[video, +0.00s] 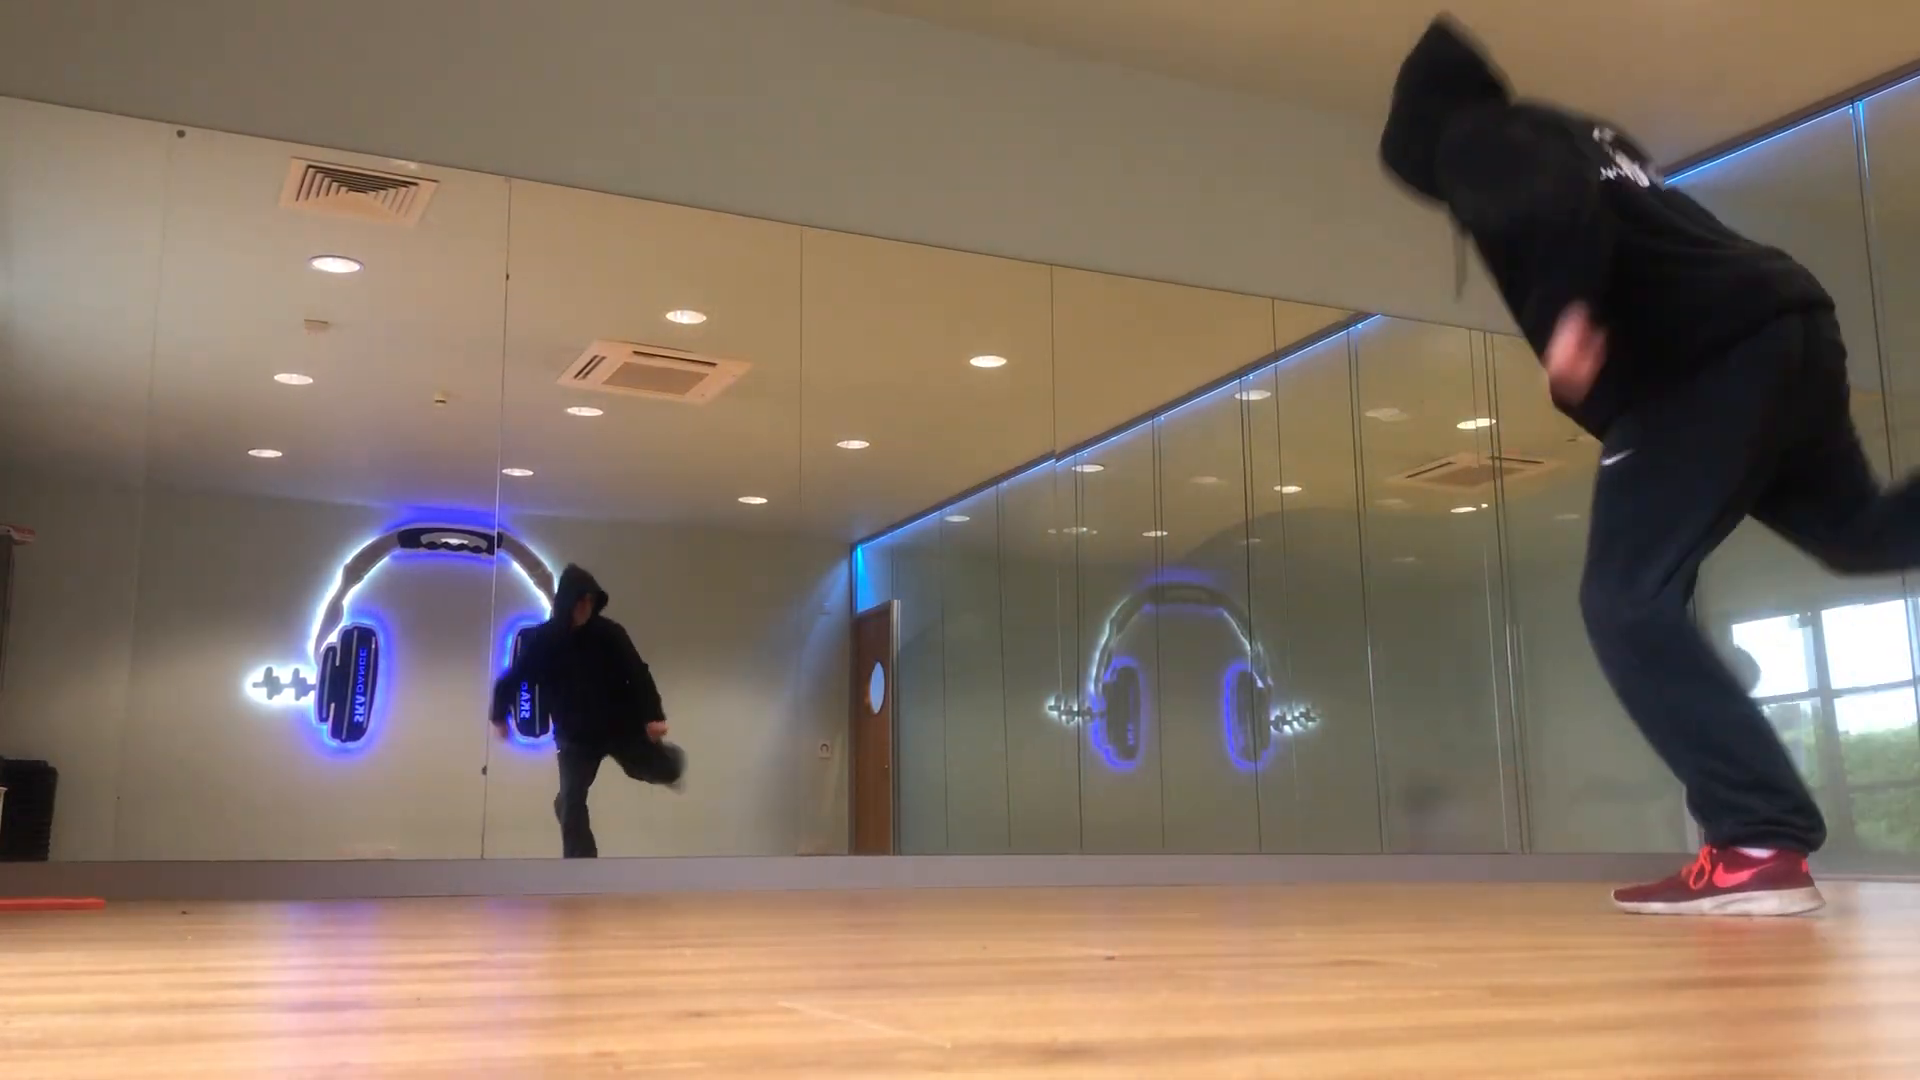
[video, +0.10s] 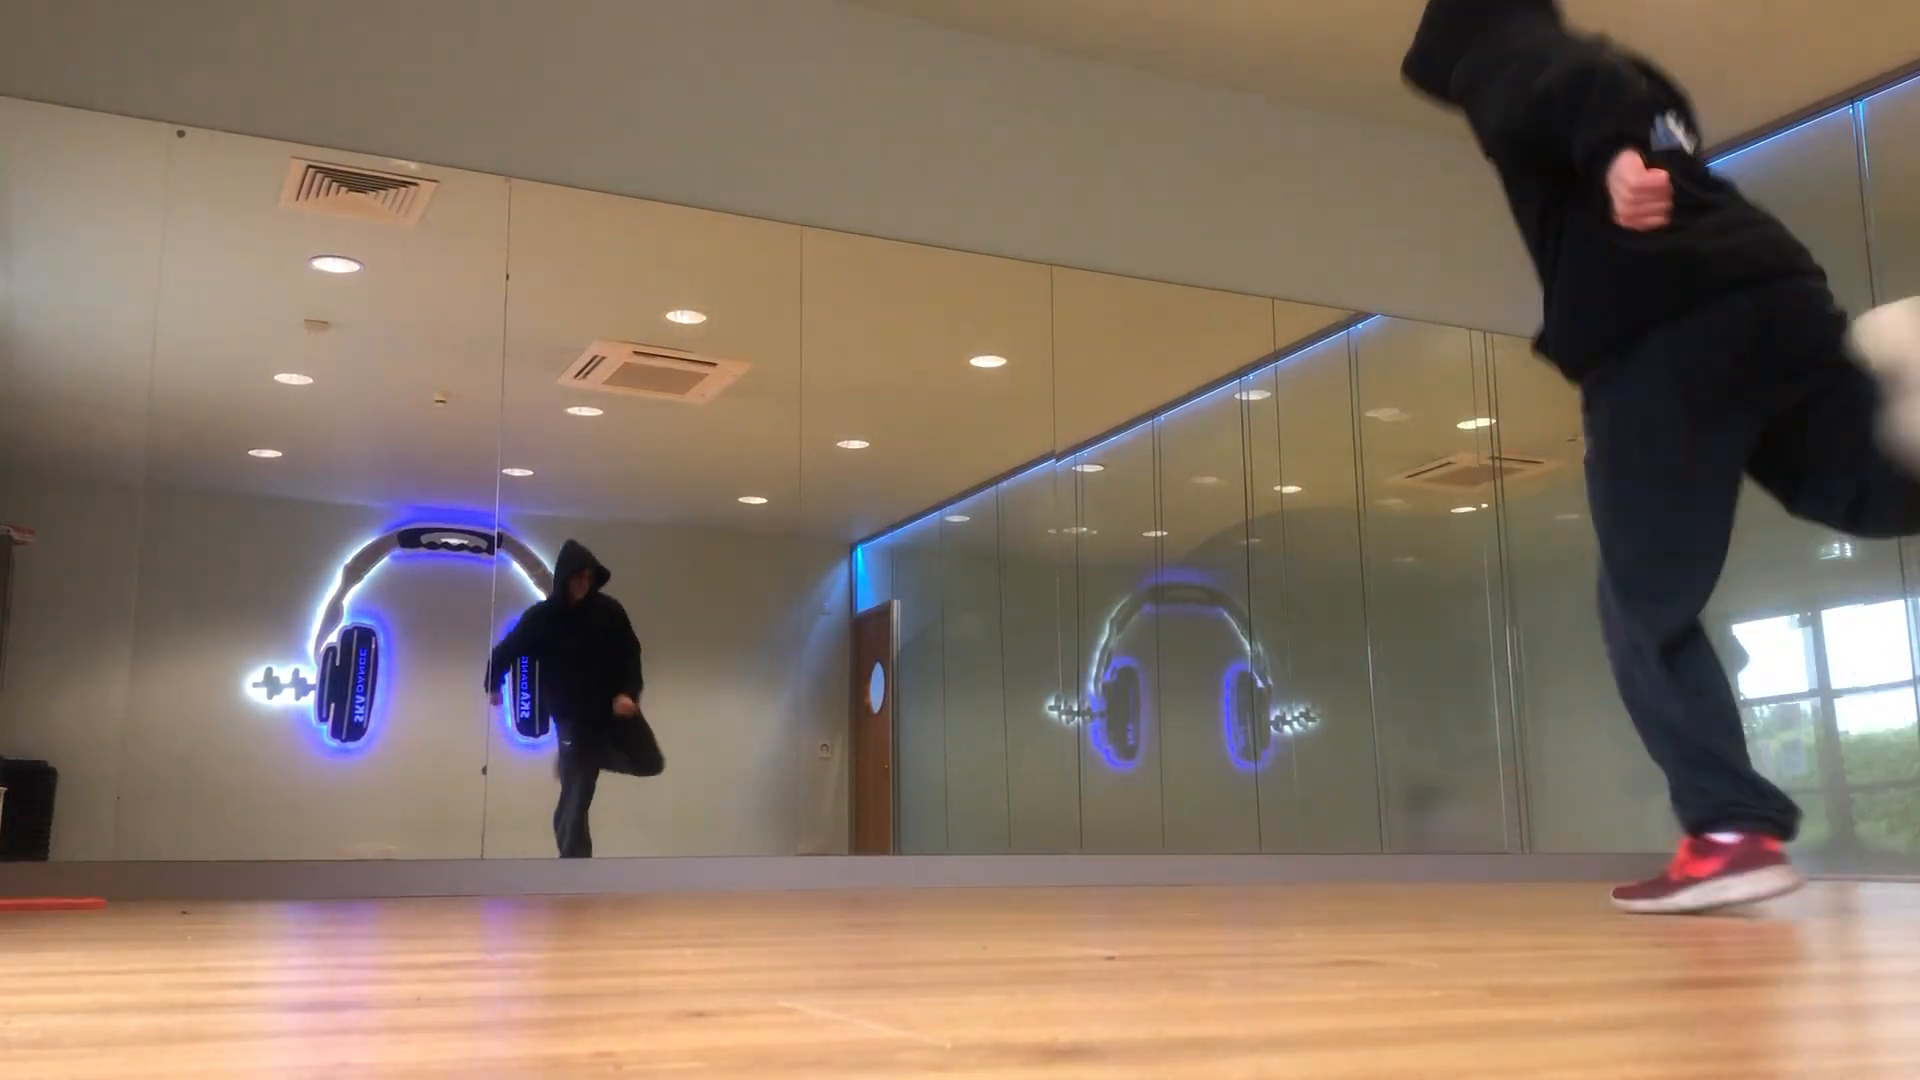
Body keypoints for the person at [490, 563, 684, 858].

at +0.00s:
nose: (584, 606)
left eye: (587, 600)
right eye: (580, 599)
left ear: (592, 602)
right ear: (570, 601)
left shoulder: (610, 634)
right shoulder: (544, 640)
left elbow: (639, 675)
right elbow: (513, 679)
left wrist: (654, 715)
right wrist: (499, 713)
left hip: (620, 728)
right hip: (577, 735)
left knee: (645, 767)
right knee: (570, 800)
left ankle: (672, 766)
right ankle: (581, 867)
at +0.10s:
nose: (582, 583)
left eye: (587, 576)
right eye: (576, 577)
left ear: (593, 578)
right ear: (563, 578)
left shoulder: (609, 611)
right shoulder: (542, 616)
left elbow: (631, 652)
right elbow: (506, 650)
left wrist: (628, 691)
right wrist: (494, 685)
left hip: (612, 708)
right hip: (571, 713)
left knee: (650, 762)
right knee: (577, 790)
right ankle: (575, 866)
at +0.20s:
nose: (583, 576)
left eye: (589, 570)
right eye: (577, 570)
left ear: (595, 572)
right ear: (565, 571)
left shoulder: (610, 604)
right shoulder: (546, 607)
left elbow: (632, 645)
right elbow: (512, 643)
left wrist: (616, 669)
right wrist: (496, 678)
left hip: (598, 702)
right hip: (561, 705)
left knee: (626, 769)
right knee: (575, 786)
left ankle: (547, 781)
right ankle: (547, 868)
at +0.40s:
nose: (609, 622)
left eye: (614, 616)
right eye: (605, 614)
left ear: (616, 617)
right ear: (589, 611)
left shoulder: (604, 643)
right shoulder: (556, 633)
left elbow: (627, 664)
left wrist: (654, 687)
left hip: (574, 728)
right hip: (538, 729)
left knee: (604, 785)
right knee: (566, 794)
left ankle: (549, 833)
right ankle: (552, 870)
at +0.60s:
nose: (594, 606)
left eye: (597, 601)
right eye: (591, 599)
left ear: (597, 600)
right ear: (577, 592)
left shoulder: (586, 622)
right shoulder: (548, 617)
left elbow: (604, 648)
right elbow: (538, 671)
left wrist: (635, 664)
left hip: (563, 718)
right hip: (535, 719)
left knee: (576, 786)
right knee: (556, 791)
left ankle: (521, 836)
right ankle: (547, 868)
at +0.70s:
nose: (591, 604)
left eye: (595, 600)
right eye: (591, 597)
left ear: (581, 591)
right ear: (580, 588)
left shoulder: (569, 615)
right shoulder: (550, 611)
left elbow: (556, 658)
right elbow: (515, 631)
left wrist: (585, 663)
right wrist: (484, 643)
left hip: (555, 714)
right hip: (542, 714)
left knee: (545, 786)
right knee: (555, 790)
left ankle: (512, 849)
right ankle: (547, 865)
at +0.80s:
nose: (587, 622)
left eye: (591, 618)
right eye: (588, 615)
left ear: (571, 603)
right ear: (578, 606)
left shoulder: (558, 629)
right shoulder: (548, 624)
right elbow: (506, 645)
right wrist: (458, 660)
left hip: (543, 729)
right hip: (539, 730)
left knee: (533, 804)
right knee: (556, 800)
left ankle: (507, 866)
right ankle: (544, 869)